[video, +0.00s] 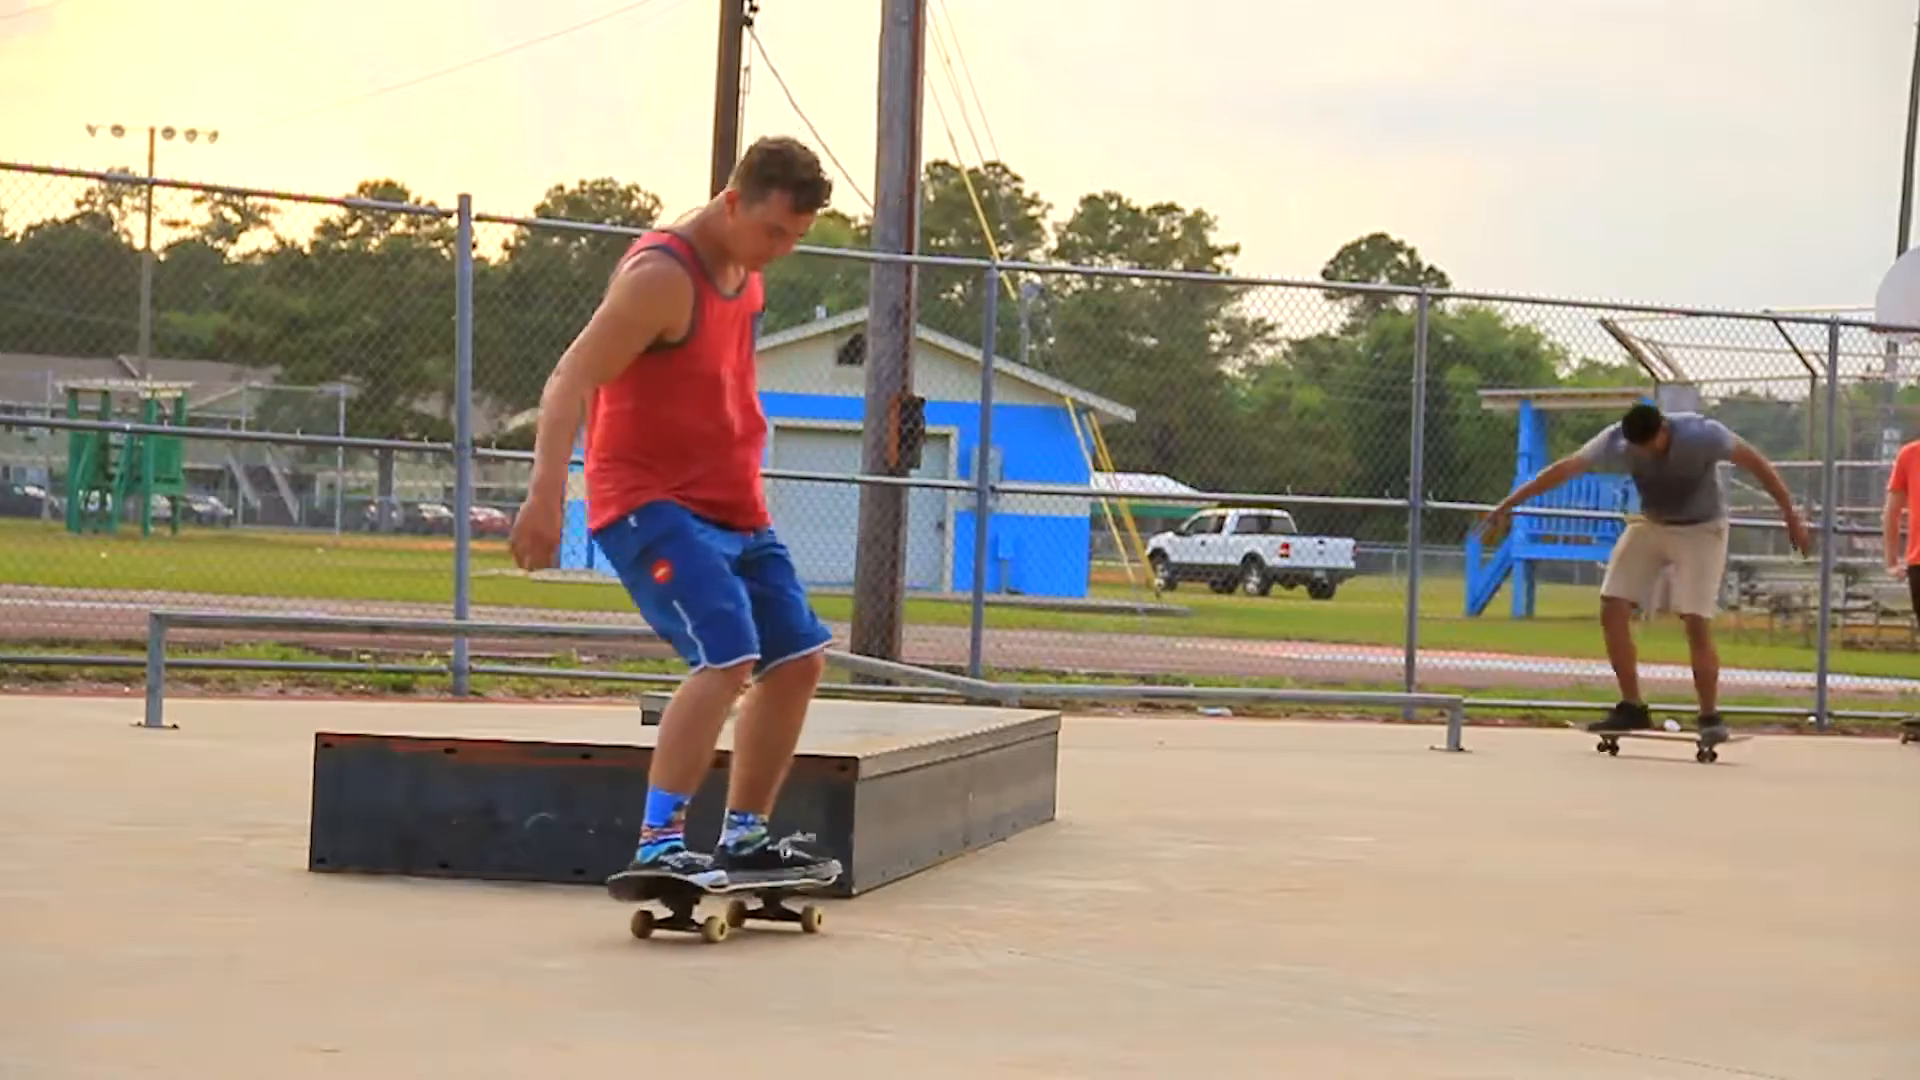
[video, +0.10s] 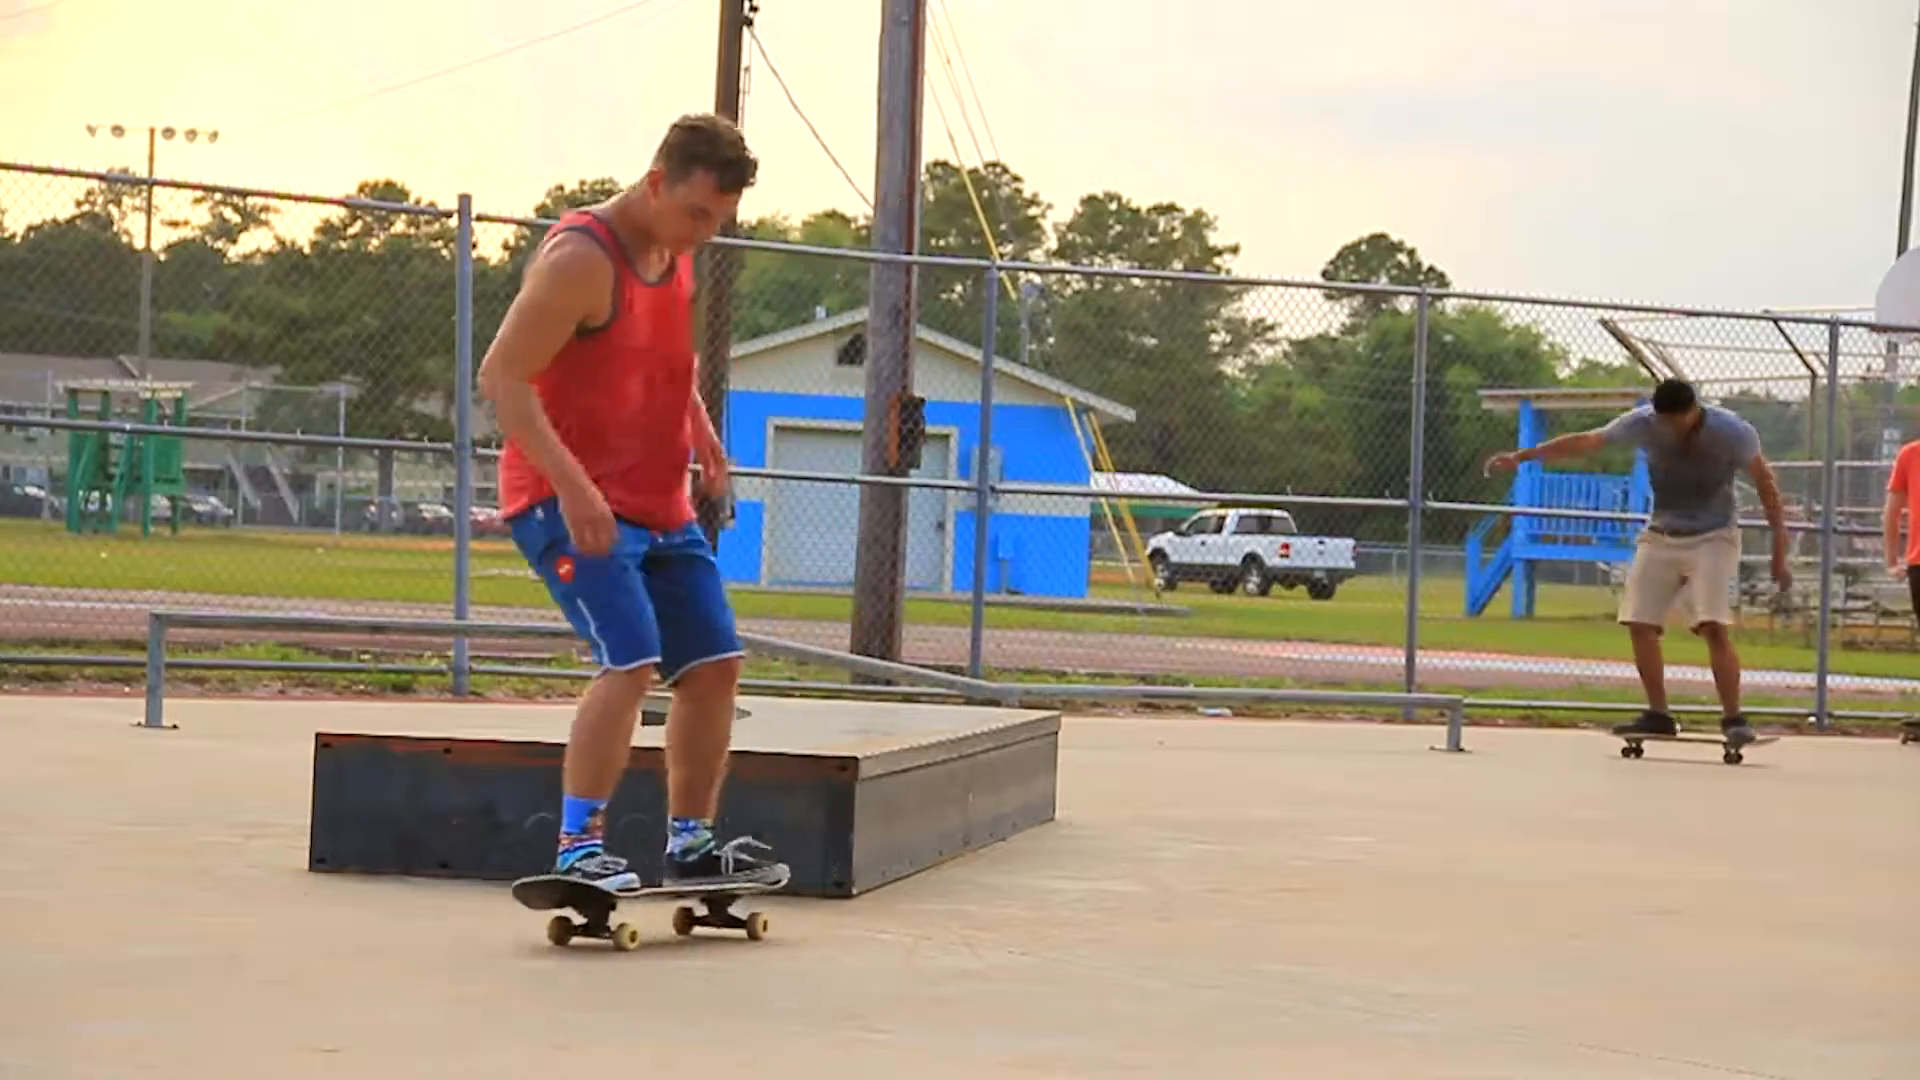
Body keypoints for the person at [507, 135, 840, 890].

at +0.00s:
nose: (781, 251)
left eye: (793, 238)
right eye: (776, 232)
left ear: (790, 222)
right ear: (733, 201)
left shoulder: (741, 271)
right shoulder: (658, 276)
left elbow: (711, 384)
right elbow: (570, 380)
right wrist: (545, 496)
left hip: (734, 507)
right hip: (649, 503)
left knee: (798, 653)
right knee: (726, 653)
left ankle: (743, 840)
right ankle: (659, 842)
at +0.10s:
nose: (706, 234)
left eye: (718, 220)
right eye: (698, 214)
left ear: (726, 207)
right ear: (656, 183)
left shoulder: (676, 255)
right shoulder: (580, 259)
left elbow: (669, 368)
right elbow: (502, 376)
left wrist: (708, 444)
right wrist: (574, 489)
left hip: (659, 506)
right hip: (570, 503)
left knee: (712, 660)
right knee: (630, 659)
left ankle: (690, 845)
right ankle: (578, 850)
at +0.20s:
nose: (623, 214)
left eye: (636, 201)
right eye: (617, 194)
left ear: (642, 184)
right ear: (573, 158)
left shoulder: (595, 229)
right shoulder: (489, 225)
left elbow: (588, 303)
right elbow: (417, 349)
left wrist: (657, 351)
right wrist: (531, 419)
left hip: (566, 479)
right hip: (470, 474)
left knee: (623, 646)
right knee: (528, 649)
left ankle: (625, 852)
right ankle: (491, 853)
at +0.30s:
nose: (529, 188)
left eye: (543, 174)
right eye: (523, 167)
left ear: (551, 156)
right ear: (479, 128)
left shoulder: (502, 199)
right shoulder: (388, 194)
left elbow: (502, 277)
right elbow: (322, 316)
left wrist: (574, 312)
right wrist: (446, 377)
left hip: (469, 462)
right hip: (375, 459)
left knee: (528, 638)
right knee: (425, 649)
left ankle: (530, 843)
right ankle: (389, 855)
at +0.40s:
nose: (433, 159)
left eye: (446, 144)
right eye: (427, 137)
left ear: (452, 125)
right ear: (381, 97)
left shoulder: (409, 172)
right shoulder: (287, 164)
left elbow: (408, 262)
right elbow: (213, 287)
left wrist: (485, 322)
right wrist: (330, 356)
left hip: (378, 456)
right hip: (276, 448)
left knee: (414, 637)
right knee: (303, 646)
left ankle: (399, 849)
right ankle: (261, 854)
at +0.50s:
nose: (334, 124)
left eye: (348, 109)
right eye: (329, 102)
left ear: (351, 94)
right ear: (281, 64)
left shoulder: (315, 150)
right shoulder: (179, 138)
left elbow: (308, 262)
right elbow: (95, 261)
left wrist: (369, 365)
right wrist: (188, 354)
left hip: (267, 448)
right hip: (159, 439)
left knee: (278, 644)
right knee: (159, 641)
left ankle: (256, 857)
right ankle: (105, 858)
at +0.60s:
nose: (234, 88)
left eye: (249, 72)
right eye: (225, 66)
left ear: (259, 56)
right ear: (172, 29)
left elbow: (199, 265)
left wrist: (220, 393)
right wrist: (11, 362)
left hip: (154, 450)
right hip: (39, 440)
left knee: (136, 653)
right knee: (5, 651)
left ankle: (99, 858)